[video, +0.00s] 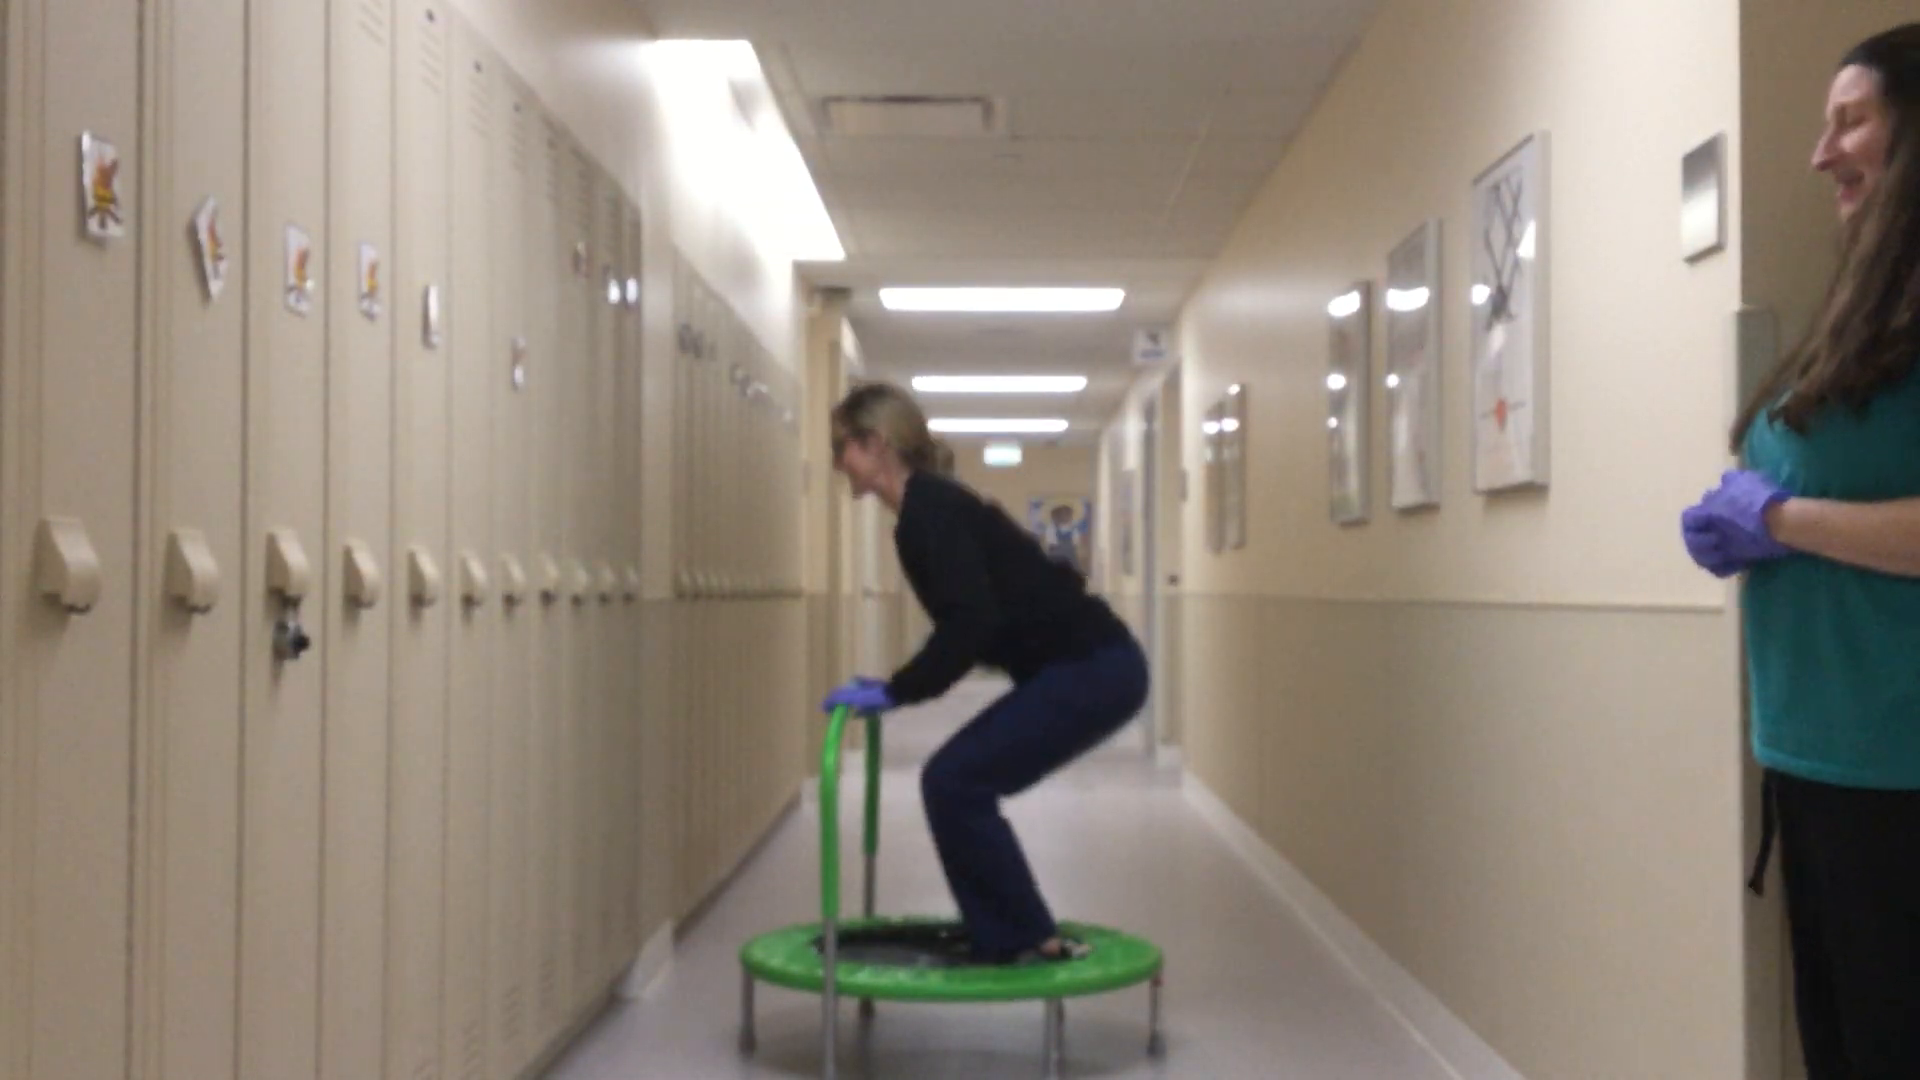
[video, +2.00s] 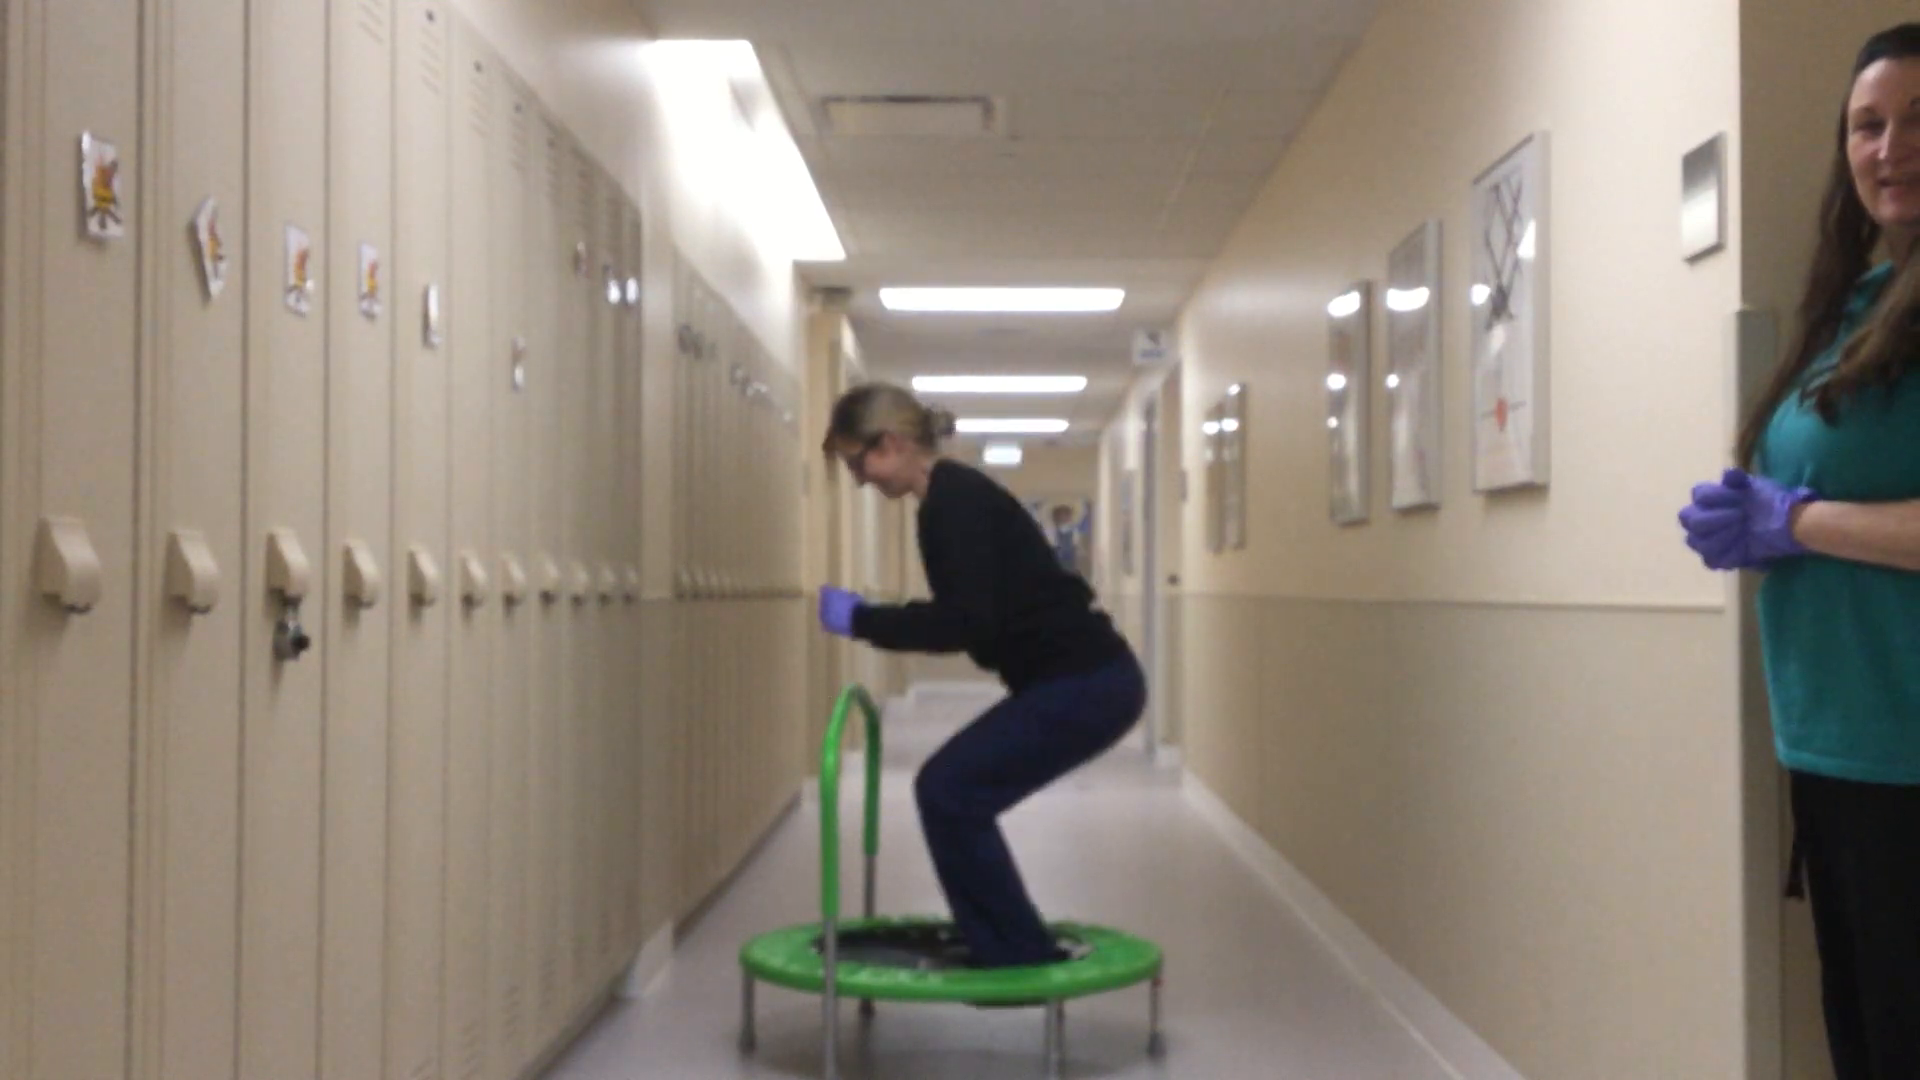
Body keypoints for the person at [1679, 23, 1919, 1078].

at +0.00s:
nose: (1827, 151)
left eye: (1855, 121)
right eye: (1826, 126)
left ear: (1918, 135)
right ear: (1842, 142)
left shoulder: (1908, 311)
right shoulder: (1853, 310)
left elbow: (1914, 530)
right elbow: (1792, 465)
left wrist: (1780, 518)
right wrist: (1742, 508)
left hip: (1891, 758)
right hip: (1812, 751)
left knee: (1889, 1040)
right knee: (1835, 1037)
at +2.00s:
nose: (1888, 146)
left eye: (1910, 122)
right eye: (1868, 125)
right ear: (1844, 147)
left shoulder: (1919, 295)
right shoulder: (1846, 296)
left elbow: (1915, 523)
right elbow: (1805, 467)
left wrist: (1798, 519)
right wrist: (1753, 502)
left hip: (1899, 743)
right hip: (1824, 735)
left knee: (1898, 1030)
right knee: (1859, 1027)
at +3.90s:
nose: (1800, 183)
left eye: (1814, 152)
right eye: (1801, 154)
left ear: (1876, 154)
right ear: (1878, 161)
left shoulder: (1901, 325)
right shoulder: (1848, 320)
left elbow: (1910, 533)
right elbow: (1800, 471)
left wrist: (1784, 529)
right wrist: (1753, 513)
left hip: (1891, 754)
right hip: (1820, 746)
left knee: (1891, 1037)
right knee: (1851, 1034)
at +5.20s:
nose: (1694, 179)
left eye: (1707, 152)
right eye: (1694, 155)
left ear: (1786, 149)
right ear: (1790, 156)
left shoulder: (1890, 282)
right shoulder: (1758, 300)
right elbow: (1757, 546)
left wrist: (1803, 621)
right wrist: (1696, 717)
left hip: (1890, 791)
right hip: (1792, 792)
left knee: (1885, 1057)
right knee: (1824, 1056)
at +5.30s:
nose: (1693, 179)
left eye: (1706, 152)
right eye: (1690, 156)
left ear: (1787, 139)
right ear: (1782, 148)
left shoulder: (1887, 275)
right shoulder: (1762, 294)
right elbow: (1746, 547)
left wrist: (1809, 623)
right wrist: (1698, 724)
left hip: (1886, 793)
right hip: (1789, 793)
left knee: (1881, 1057)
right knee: (1816, 1056)